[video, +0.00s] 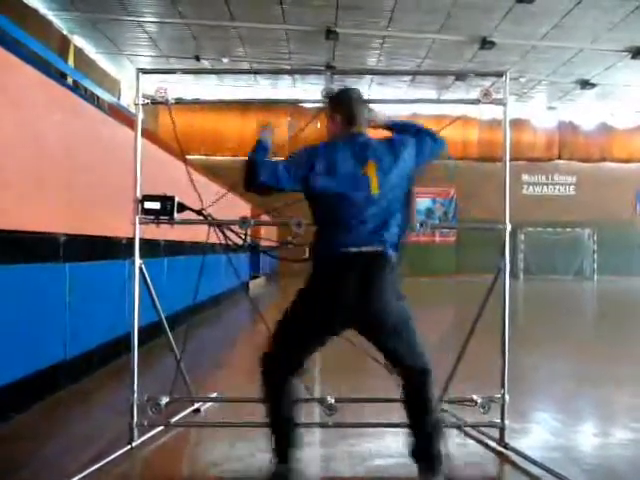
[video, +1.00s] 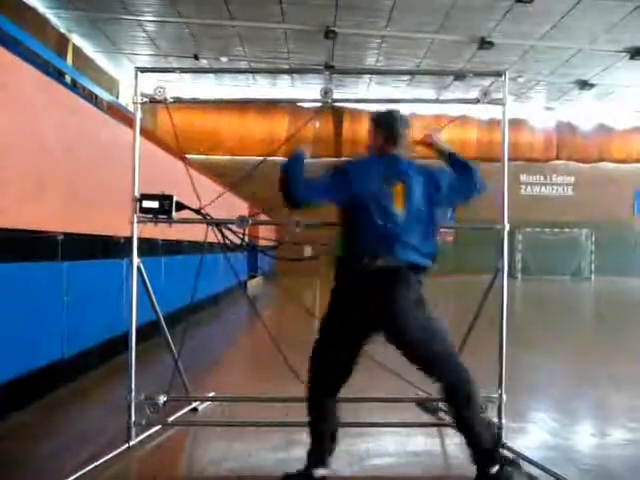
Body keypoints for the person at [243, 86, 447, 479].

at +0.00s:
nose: (327, 126)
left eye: (329, 120)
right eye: (330, 119)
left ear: (335, 121)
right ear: (366, 120)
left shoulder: (319, 160)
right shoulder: (396, 152)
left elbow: (260, 178)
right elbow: (432, 140)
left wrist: (264, 143)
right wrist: (387, 125)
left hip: (328, 289)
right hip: (378, 290)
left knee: (278, 364)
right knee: (416, 370)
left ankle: (284, 463)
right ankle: (430, 465)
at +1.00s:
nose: (372, 140)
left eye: (373, 134)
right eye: (377, 134)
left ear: (377, 137)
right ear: (405, 139)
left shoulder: (358, 173)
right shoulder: (429, 178)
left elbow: (297, 195)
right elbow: (473, 183)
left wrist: (296, 158)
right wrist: (445, 151)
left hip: (355, 292)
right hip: (403, 293)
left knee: (324, 375)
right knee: (451, 371)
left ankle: (318, 461)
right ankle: (489, 459)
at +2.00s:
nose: (441, 157)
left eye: (436, 151)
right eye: (439, 152)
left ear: (407, 158)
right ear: (437, 159)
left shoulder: (384, 197)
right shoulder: (451, 194)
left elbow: (347, 242)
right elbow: (481, 169)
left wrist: (344, 208)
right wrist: (486, 116)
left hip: (374, 307)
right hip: (419, 311)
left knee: (317, 384)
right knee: (479, 369)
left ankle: (255, 461)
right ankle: (482, 461)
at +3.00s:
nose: (347, 136)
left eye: (347, 131)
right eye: (346, 131)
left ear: (305, 128)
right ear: (339, 130)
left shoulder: (270, 166)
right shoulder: (347, 165)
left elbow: (223, 177)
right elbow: (405, 206)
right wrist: (406, 174)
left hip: (299, 297)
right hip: (350, 291)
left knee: (259, 397)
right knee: (401, 355)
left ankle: (246, 476)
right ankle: (390, 445)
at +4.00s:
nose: (298, 155)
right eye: (298, 150)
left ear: (261, 152)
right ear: (295, 153)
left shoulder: (229, 192)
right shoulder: (307, 188)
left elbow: (179, 220)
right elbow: (350, 224)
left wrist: (174, 182)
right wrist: (362, 197)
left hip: (262, 308)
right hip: (311, 304)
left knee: (199, 382)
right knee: (355, 378)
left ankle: (180, 467)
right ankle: (383, 458)